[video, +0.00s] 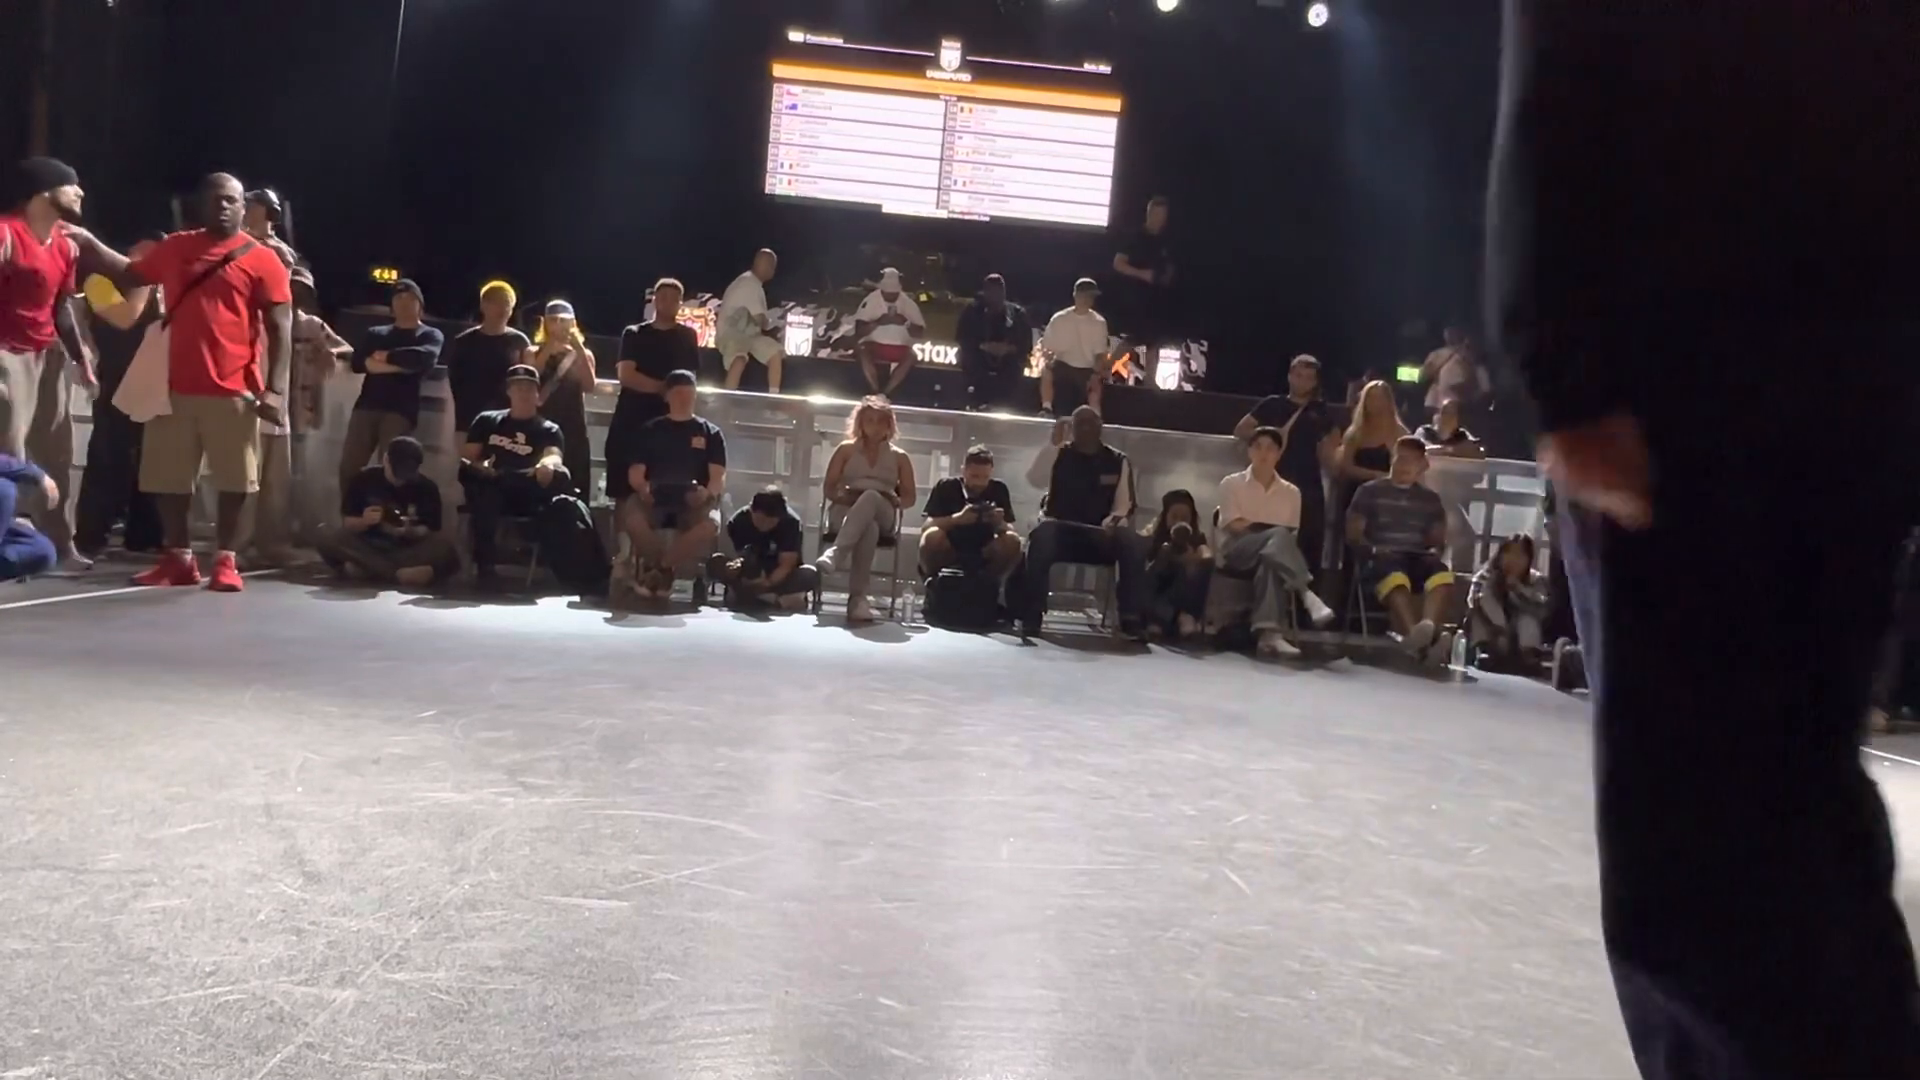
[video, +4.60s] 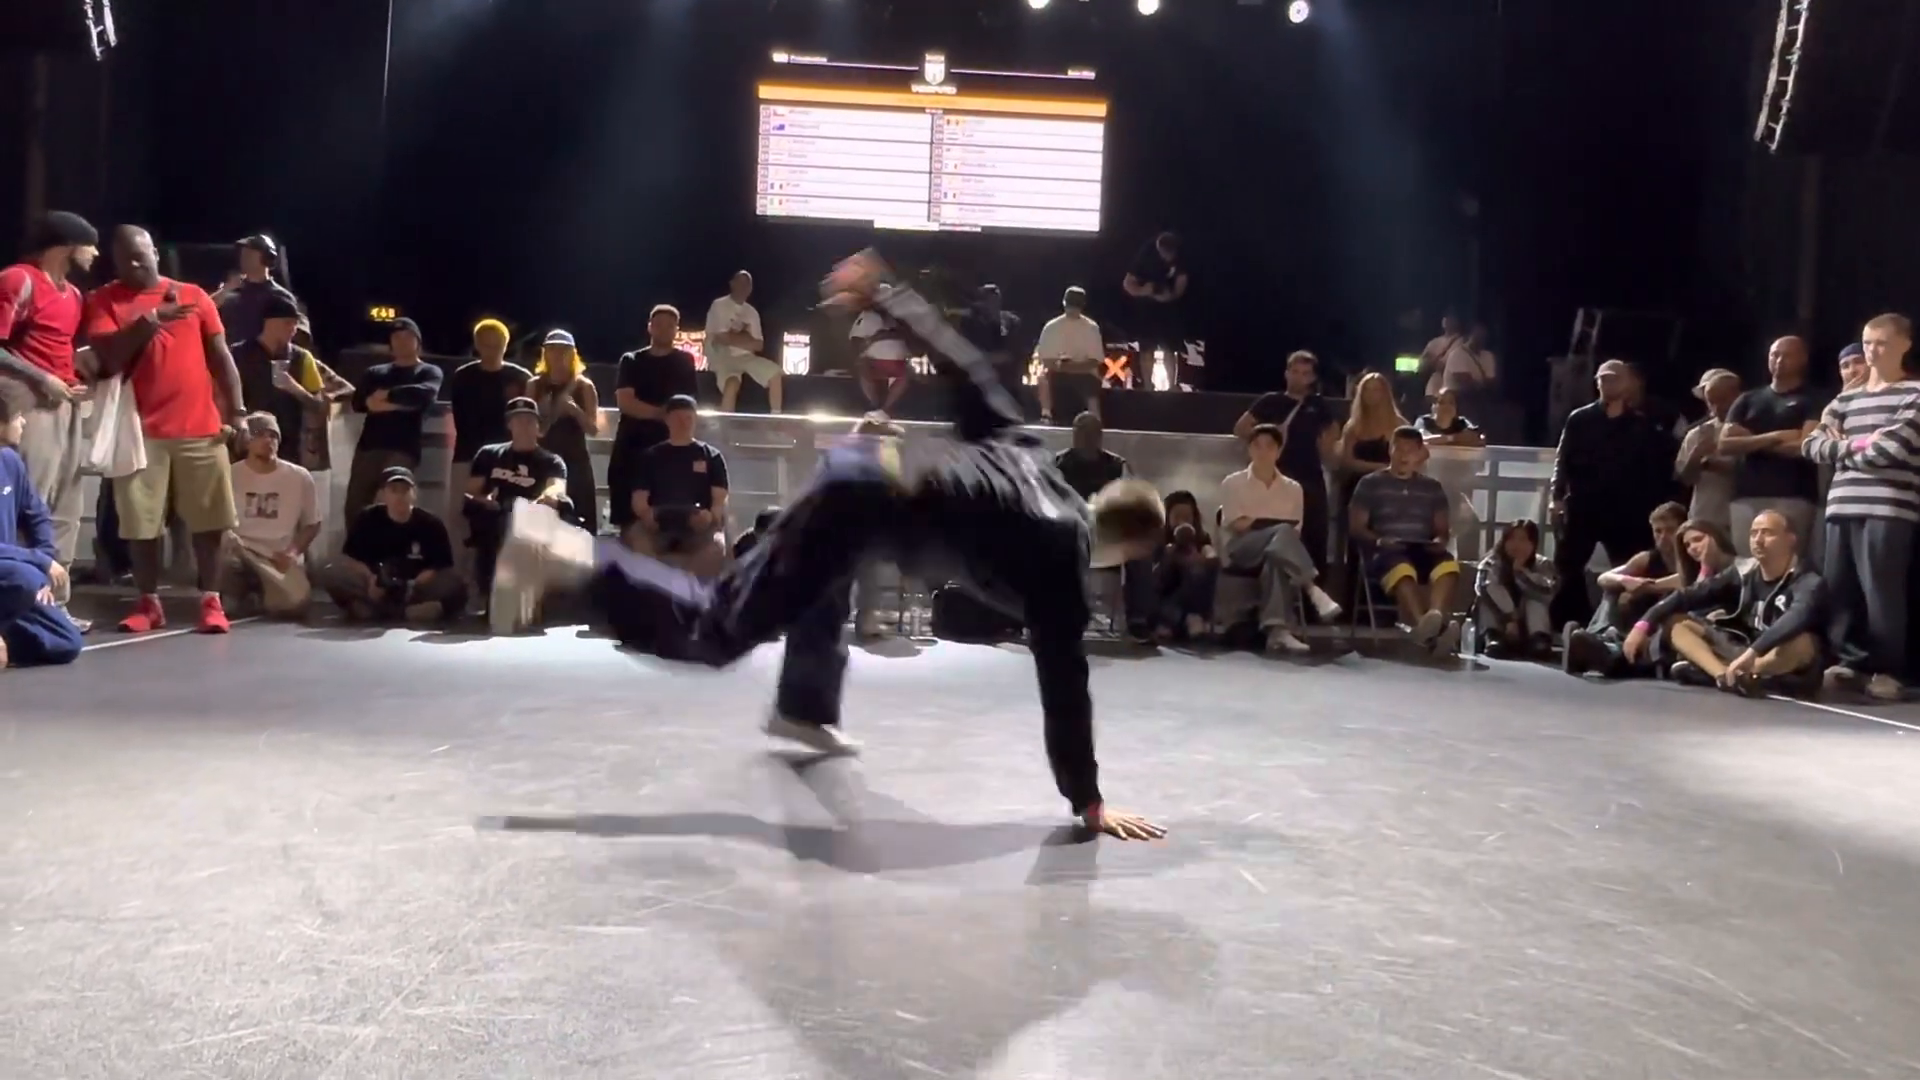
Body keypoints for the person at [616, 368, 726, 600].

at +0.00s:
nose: (683, 397)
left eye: (688, 391)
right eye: (678, 392)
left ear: (695, 395)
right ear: (667, 396)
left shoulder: (710, 432)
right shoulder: (649, 430)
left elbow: (717, 477)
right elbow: (635, 472)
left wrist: (706, 494)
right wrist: (645, 490)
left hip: (692, 493)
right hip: (656, 491)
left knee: (707, 527)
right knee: (633, 515)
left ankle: (658, 570)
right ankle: (663, 572)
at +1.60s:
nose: (658, 416)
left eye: (663, 409)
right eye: (653, 410)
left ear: (670, 412)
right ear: (643, 413)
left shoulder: (686, 451)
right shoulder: (623, 449)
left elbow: (694, 497)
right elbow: (612, 492)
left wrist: (681, 512)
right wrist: (627, 513)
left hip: (670, 512)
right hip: (632, 511)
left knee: (689, 541)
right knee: (608, 530)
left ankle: (642, 586)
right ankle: (639, 588)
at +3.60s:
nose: (672, 434)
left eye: (676, 429)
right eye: (666, 429)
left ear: (683, 431)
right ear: (656, 431)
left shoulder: (699, 467)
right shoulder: (639, 467)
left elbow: (709, 511)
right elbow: (627, 509)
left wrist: (699, 527)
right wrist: (636, 528)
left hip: (685, 527)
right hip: (649, 528)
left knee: (705, 558)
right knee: (623, 551)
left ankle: (656, 606)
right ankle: (659, 607)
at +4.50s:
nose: (682, 422)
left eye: (687, 417)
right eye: (677, 417)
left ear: (694, 421)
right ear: (666, 420)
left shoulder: (709, 456)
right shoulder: (649, 456)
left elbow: (718, 499)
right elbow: (637, 499)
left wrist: (708, 517)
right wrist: (648, 517)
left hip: (694, 519)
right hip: (659, 518)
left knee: (714, 550)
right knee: (637, 544)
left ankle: (670, 598)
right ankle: (665, 596)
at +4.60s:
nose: (683, 422)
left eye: (688, 417)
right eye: (677, 417)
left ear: (695, 420)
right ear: (667, 419)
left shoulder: (711, 456)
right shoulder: (650, 456)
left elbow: (719, 501)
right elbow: (639, 498)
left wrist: (709, 517)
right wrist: (648, 516)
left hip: (695, 519)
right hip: (660, 519)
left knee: (716, 546)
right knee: (638, 536)